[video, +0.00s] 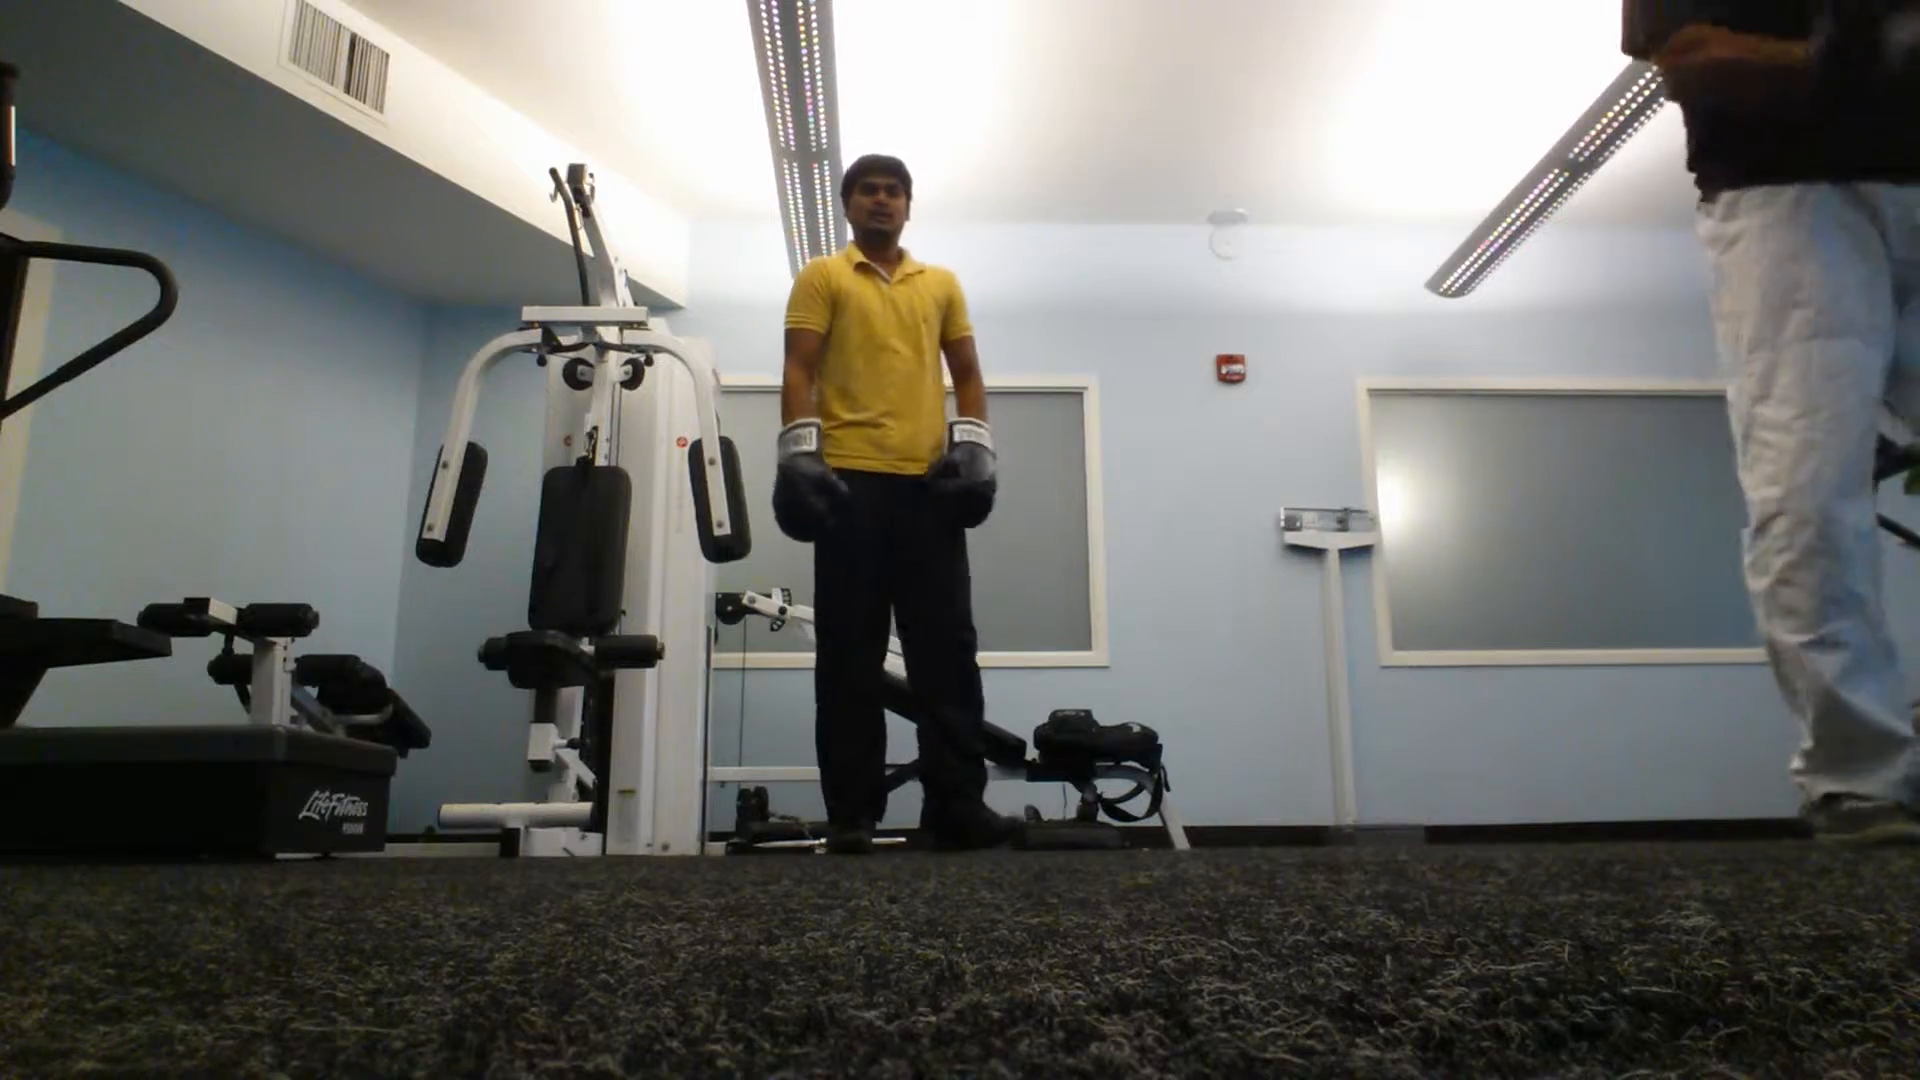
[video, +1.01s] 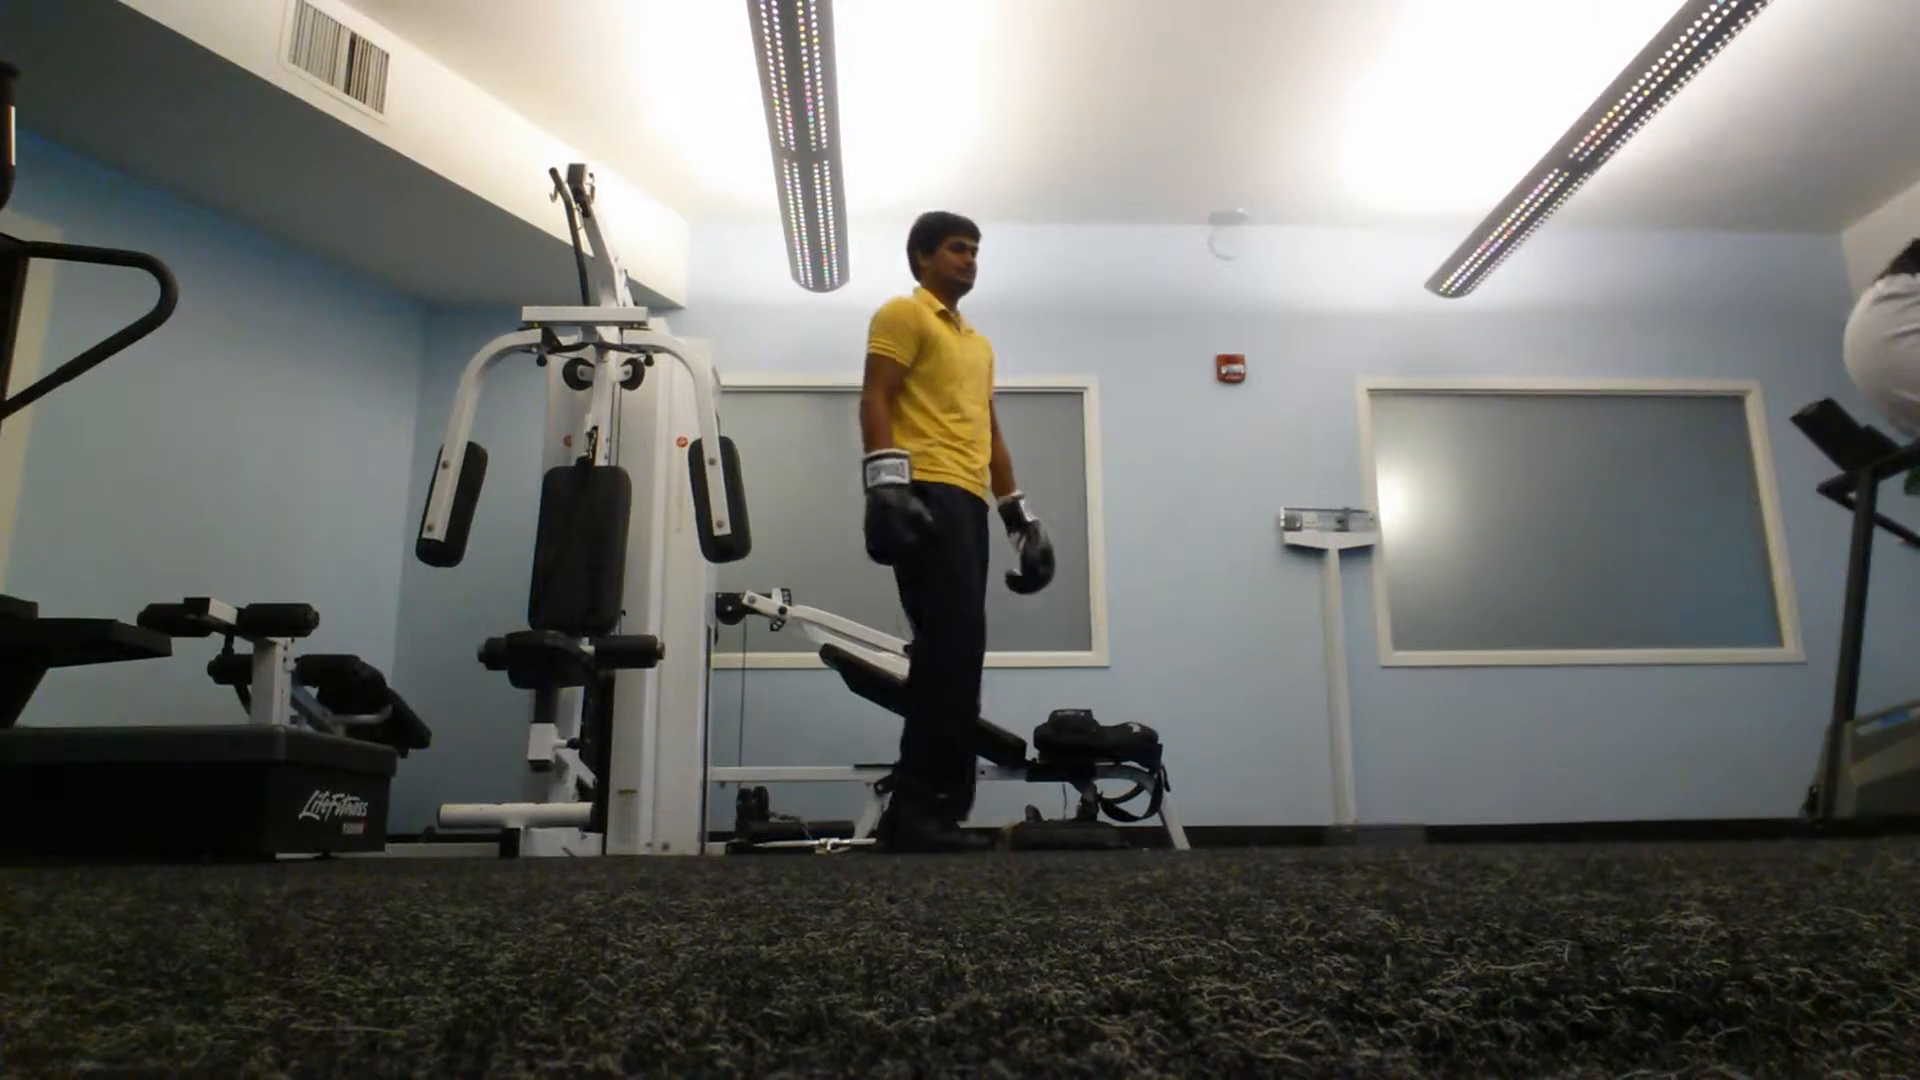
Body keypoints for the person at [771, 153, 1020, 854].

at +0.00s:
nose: (880, 201)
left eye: (892, 192)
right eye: (867, 191)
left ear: (909, 206)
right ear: (846, 205)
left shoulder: (939, 285)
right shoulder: (822, 279)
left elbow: (966, 376)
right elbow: (799, 367)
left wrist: (975, 446)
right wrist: (801, 453)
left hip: (929, 486)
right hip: (848, 484)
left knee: (946, 647)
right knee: (851, 656)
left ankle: (955, 808)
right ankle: (851, 816)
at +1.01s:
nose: (971, 260)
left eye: (975, 252)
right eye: (959, 250)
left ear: (975, 264)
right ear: (923, 256)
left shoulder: (978, 344)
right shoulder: (904, 314)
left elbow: (989, 432)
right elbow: (876, 396)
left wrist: (1020, 517)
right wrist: (886, 482)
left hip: (969, 504)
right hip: (926, 496)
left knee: (960, 649)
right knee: (949, 646)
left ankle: (937, 810)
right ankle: (917, 812)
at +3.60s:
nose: (1041, 250)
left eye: (1052, 242)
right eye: (1029, 240)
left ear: (1064, 259)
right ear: (1006, 255)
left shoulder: (1072, 337)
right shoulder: (988, 313)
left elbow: (1067, 424)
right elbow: (952, 400)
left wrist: (1107, 453)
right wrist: (1013, 420)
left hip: (1057, 491)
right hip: (1009, 483)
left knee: (1044, 632)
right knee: (1043, 624)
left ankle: (1021, 795)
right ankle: (1026, 795)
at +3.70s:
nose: (1041, 250)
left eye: (1053, 242)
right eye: (1029, 241)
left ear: (1067, 256)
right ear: (1009, 254)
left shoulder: (1075, 335)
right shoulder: (990, 313)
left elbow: (1075, 421)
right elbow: (950, 400)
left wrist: (1110, 453)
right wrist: (1010, 421)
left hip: (1056, 495)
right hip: (1007, 487)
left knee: (1037, 640)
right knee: (1034, 636)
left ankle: (1018, 797)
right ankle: (1038, 798)